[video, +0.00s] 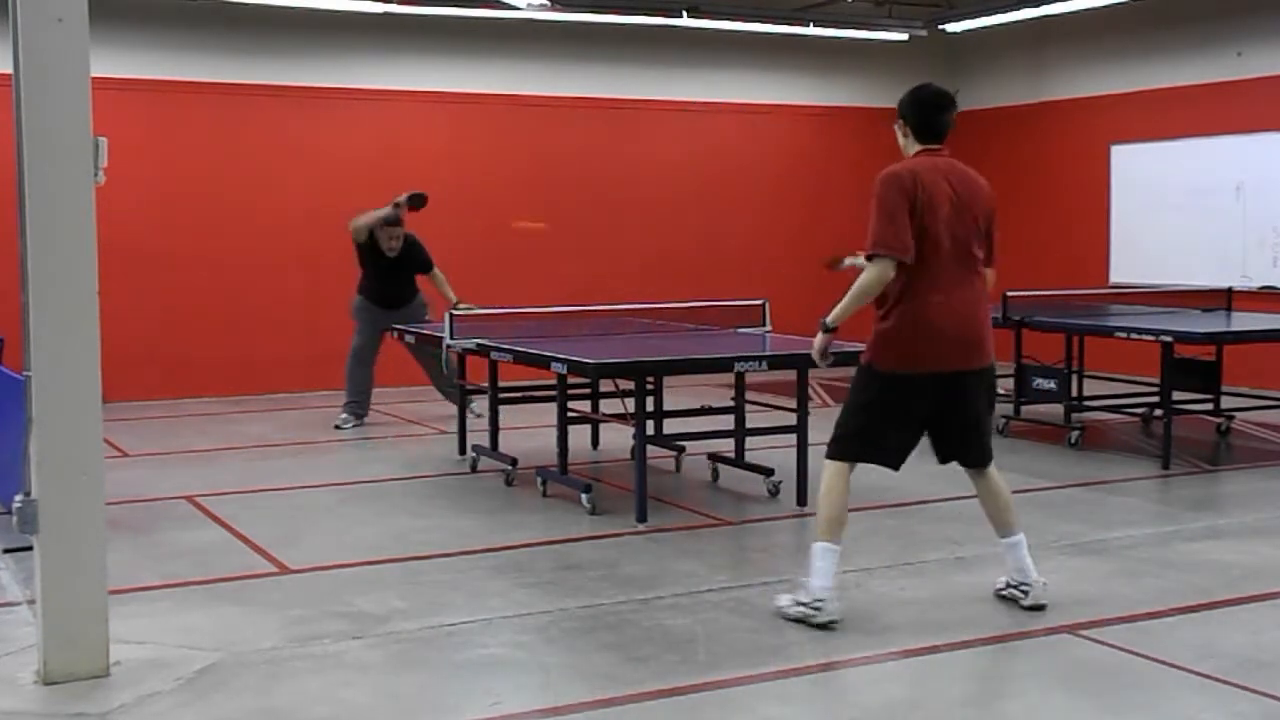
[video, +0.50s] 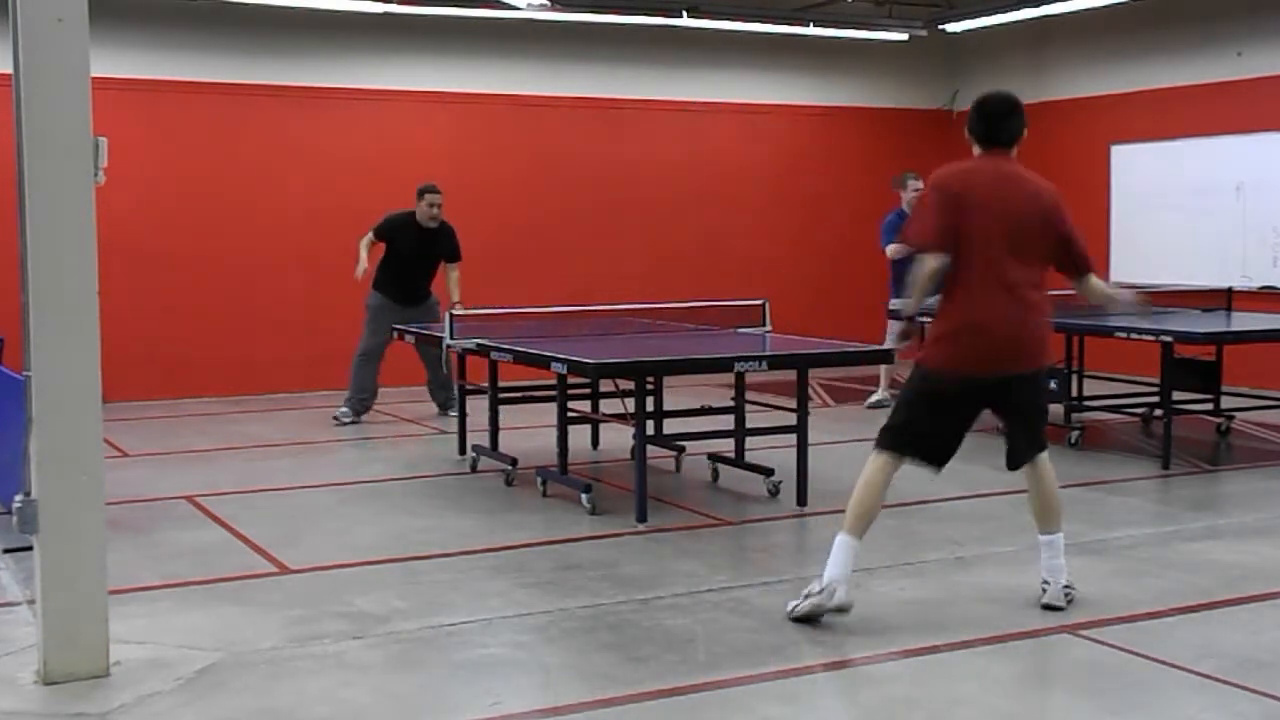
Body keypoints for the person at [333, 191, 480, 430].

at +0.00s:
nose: (393, 244)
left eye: (398, 238)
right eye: (389, 238)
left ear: (403, 235)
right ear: (377, 236)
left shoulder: (411, 246)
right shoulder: (366, 245)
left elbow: (433, 273)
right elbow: (356, 227)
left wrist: (455, 301)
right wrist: (391, 210)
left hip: (409, 309)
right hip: (372, 309)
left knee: (434, 355)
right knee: (361, 353)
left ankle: (464, 400)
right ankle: (354, 411)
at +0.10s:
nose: (402, 237)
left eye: (406, 232)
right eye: (397, 232)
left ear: (412, 229)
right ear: (386, 226)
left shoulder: (416, 244)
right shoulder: (371, 230)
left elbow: (432, 275)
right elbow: (350, 219)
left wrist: (450, 303)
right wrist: (380, 205)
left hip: (404, 307)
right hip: (367, 306)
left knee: (427, 353)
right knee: (359, 352)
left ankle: (451, 400)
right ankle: (354, 411)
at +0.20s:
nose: (415, 229)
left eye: (419, 224)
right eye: (411, 223)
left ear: (422, 222)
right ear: (397, 220)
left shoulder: (423, 241)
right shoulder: (380, 228)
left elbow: (433, 276)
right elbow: (345, 226)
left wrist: (445, 307)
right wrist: (370, 216)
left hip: (405, 305)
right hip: (370, 303)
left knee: (424, 353)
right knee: (358, 352)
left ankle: (446, 400)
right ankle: (354, 411)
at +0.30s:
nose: (426, 224)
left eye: (430, 219)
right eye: (421, 218)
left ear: (433, 218)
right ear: (410, 215)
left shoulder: (433, 241)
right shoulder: (391, 227)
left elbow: (437, 279)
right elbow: (351, 235)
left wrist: (444, 311)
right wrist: (355, 237)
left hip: (412, 308)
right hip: (376, 305)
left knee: (428, 356)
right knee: (361, 354)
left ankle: (446, 402)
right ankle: (354, 410)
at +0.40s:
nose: (435, 219)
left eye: (438, 214)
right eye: (430, 213)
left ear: (441, 214)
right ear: (416, 211)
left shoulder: (442, 238)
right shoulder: (396, 227)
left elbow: (445, 275)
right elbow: (361, 241)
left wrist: (447, 307)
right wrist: (359, 252)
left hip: (418, 306)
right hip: (382, 304)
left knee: (435, 353)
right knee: (368, 354)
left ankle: (447, 403)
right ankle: (356, 408)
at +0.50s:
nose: (436, 211)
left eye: (439, 206)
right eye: (430, 206)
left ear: (442, 207)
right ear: (417, 205)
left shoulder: (445, 233)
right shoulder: (396, 223)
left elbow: (452, 269)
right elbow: (366, 241)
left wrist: (456, 302)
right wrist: (363, 261)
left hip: (421, 303)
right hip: (385, 301)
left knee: (436, 354)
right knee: (369, 352)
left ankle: (447, 403)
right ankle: (355, 406)